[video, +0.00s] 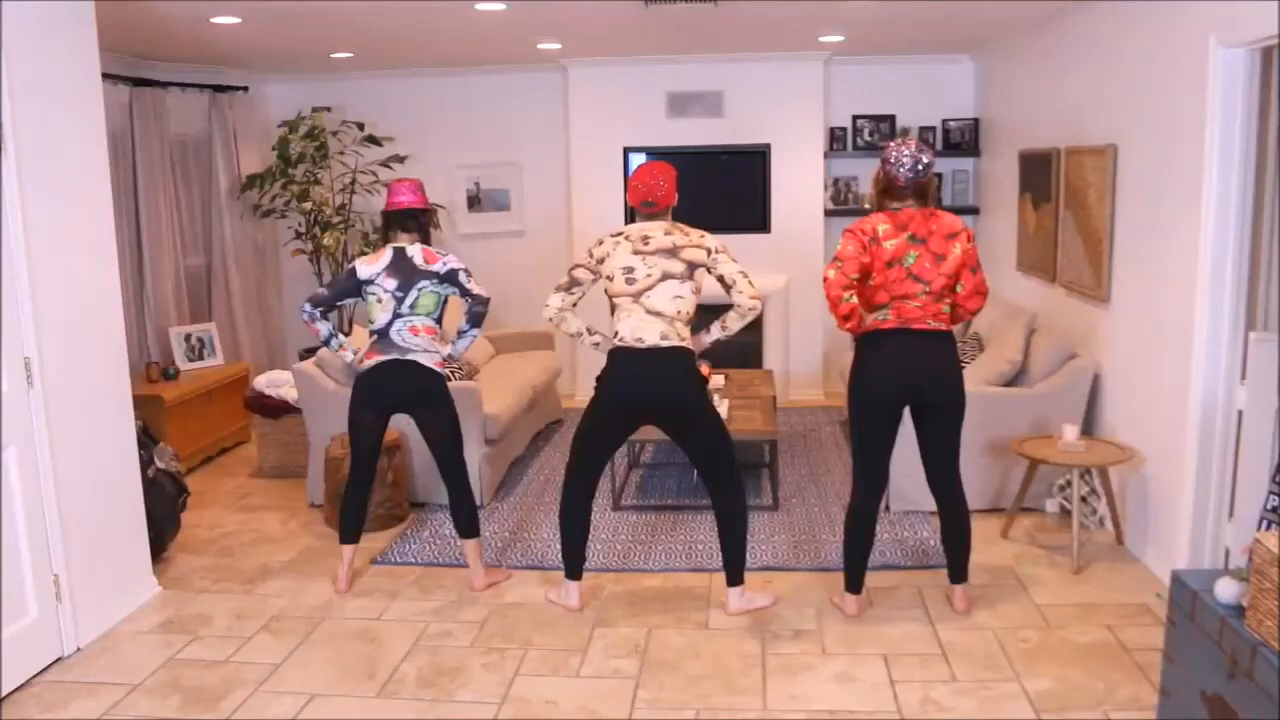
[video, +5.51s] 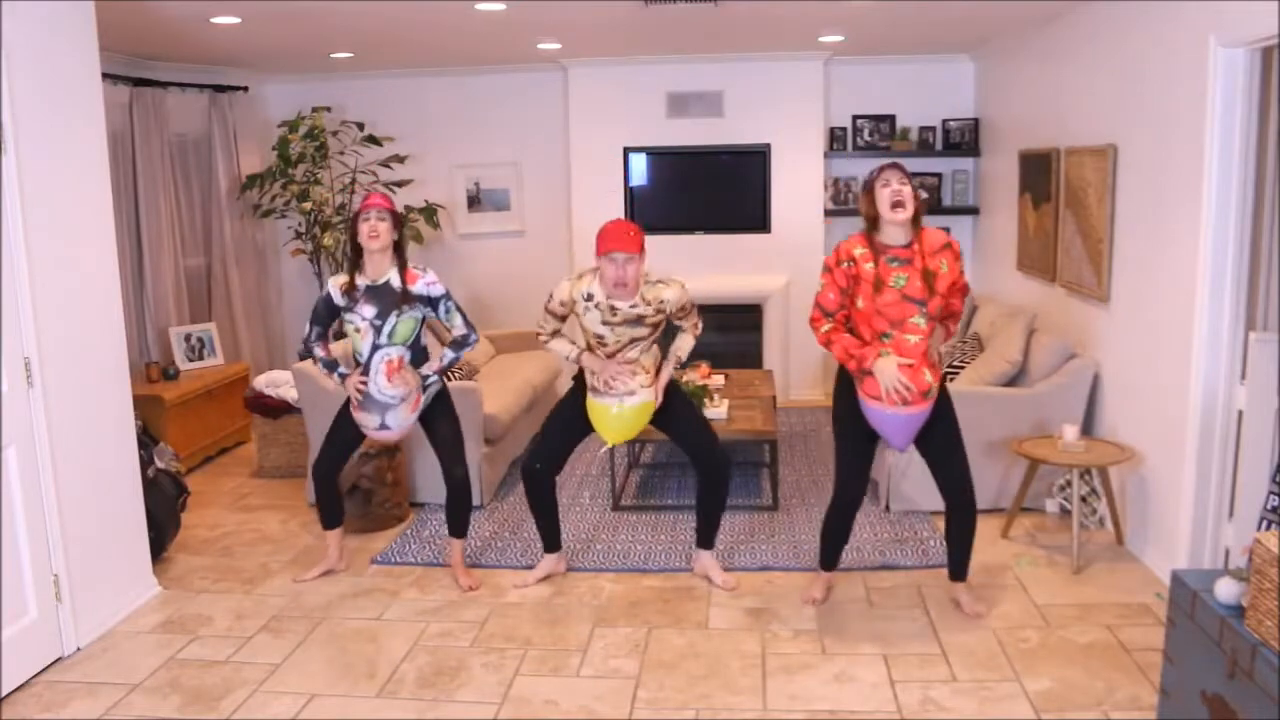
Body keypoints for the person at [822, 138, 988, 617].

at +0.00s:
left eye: (881, 174)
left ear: (881, 182)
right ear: (929, 182)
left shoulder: (865, 229)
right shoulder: (954, 228)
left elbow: (837, 284)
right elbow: (973, 293)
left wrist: (861, 325)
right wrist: (942, 323)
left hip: (879, 358)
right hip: (938, 358)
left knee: (868, 481)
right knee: (947, 478)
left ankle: (852, 594)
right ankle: (960, 590)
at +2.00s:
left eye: (872, 178)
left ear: (873, 182)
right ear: (920, 181)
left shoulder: (856, 226)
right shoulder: (948, 226)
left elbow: (825, 281)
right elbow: (968, 294)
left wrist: (854, 325)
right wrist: (936, 320)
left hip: (876, 359)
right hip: (935, 359)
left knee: (863, 478)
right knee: (940, 475)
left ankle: (852, 593)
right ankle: (958, 587)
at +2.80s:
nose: (855, 217)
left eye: (853, 209)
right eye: (853, 209)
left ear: (864, 201)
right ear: (893, 193)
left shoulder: (869, 235)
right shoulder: (944, 230)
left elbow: (877, 296)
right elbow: (963, 297)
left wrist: (867, 345)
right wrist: (942, 331)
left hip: (907, 362)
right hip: (958, 358)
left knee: (877, 477)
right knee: (940, 471)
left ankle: (873, 590)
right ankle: (951, 579)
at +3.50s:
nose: (832, 232)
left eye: (829, 223)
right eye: (826, 225)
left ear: (845, 207)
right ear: (853, 202)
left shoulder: (873, 233)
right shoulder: (910, 222)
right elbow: (934, 270)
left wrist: (841, 330)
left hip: (906, 357)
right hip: (940, 352)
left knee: (875, 471)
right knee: (912, 467)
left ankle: (884, 585)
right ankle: (930, 570)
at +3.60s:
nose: (829, 236)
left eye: (827, 228)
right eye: (823, 231)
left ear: (843, 212)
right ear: (842, 211)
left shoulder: (879, 235)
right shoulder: (892, 225)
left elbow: (912, 287)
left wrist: (882, 332)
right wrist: (841, 329)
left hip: (909, 359)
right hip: (926, 355)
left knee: (877, 471)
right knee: (895, 467)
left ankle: (884, 586)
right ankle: (928, 566)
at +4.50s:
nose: (858, 211)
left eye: (866, 200)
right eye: (849, 202)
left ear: (883, 192)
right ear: (839, 199)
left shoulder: (921, 230)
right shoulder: (832, 230)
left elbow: (939, 299)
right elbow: (814, 286)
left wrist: (880, 320)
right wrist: (818, 314)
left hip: (907, 359)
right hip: (853, 358)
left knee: (893, 470)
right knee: (857, 468)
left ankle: (898, 581)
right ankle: (861, 565)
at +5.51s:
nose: (896, 190)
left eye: (903, 183)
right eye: (885, 184)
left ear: (916, 197)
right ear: (871, 201)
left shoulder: (940, 247)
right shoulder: (850, 253)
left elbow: (954, 309)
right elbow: (823, 320)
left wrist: (936, 335)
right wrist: (871, 360)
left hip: (924, 376)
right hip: (861, 377)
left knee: (960, 491)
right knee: (850, 488)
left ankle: (958, 583)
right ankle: (824, 574)